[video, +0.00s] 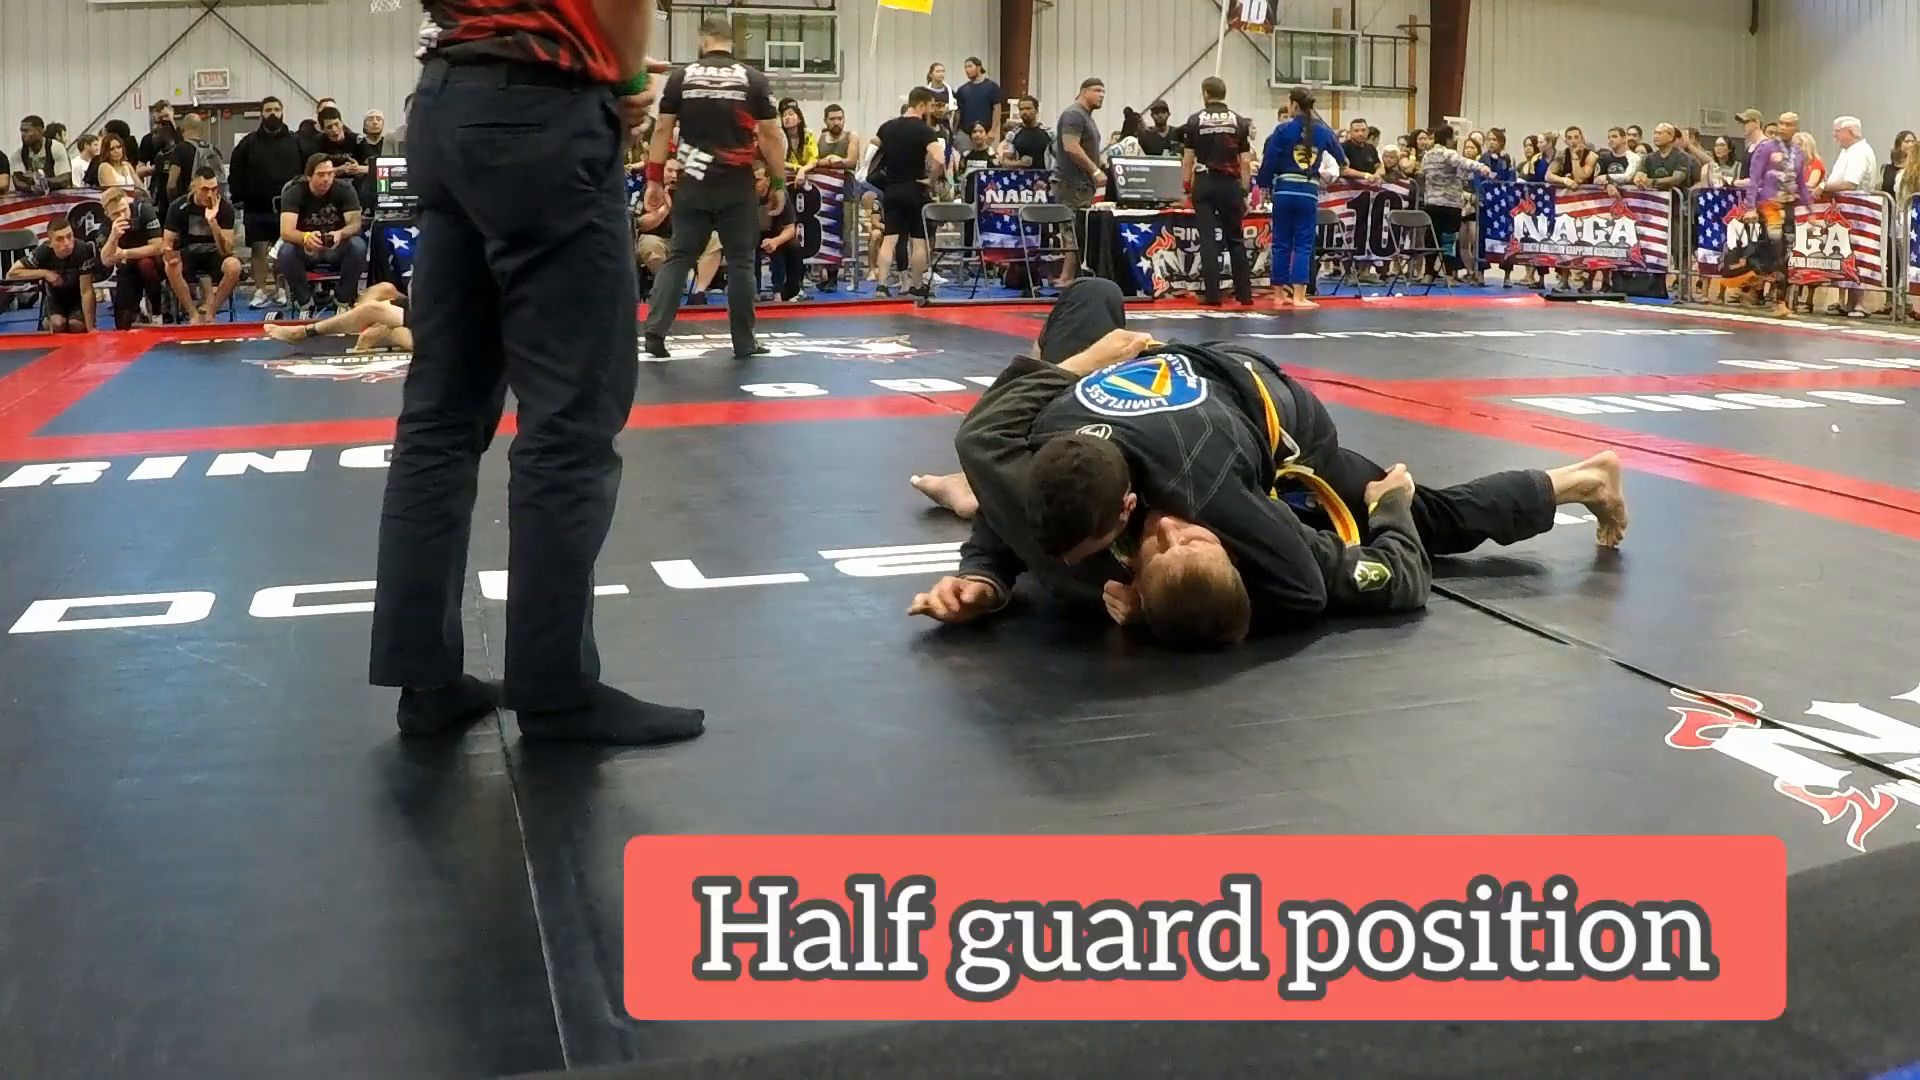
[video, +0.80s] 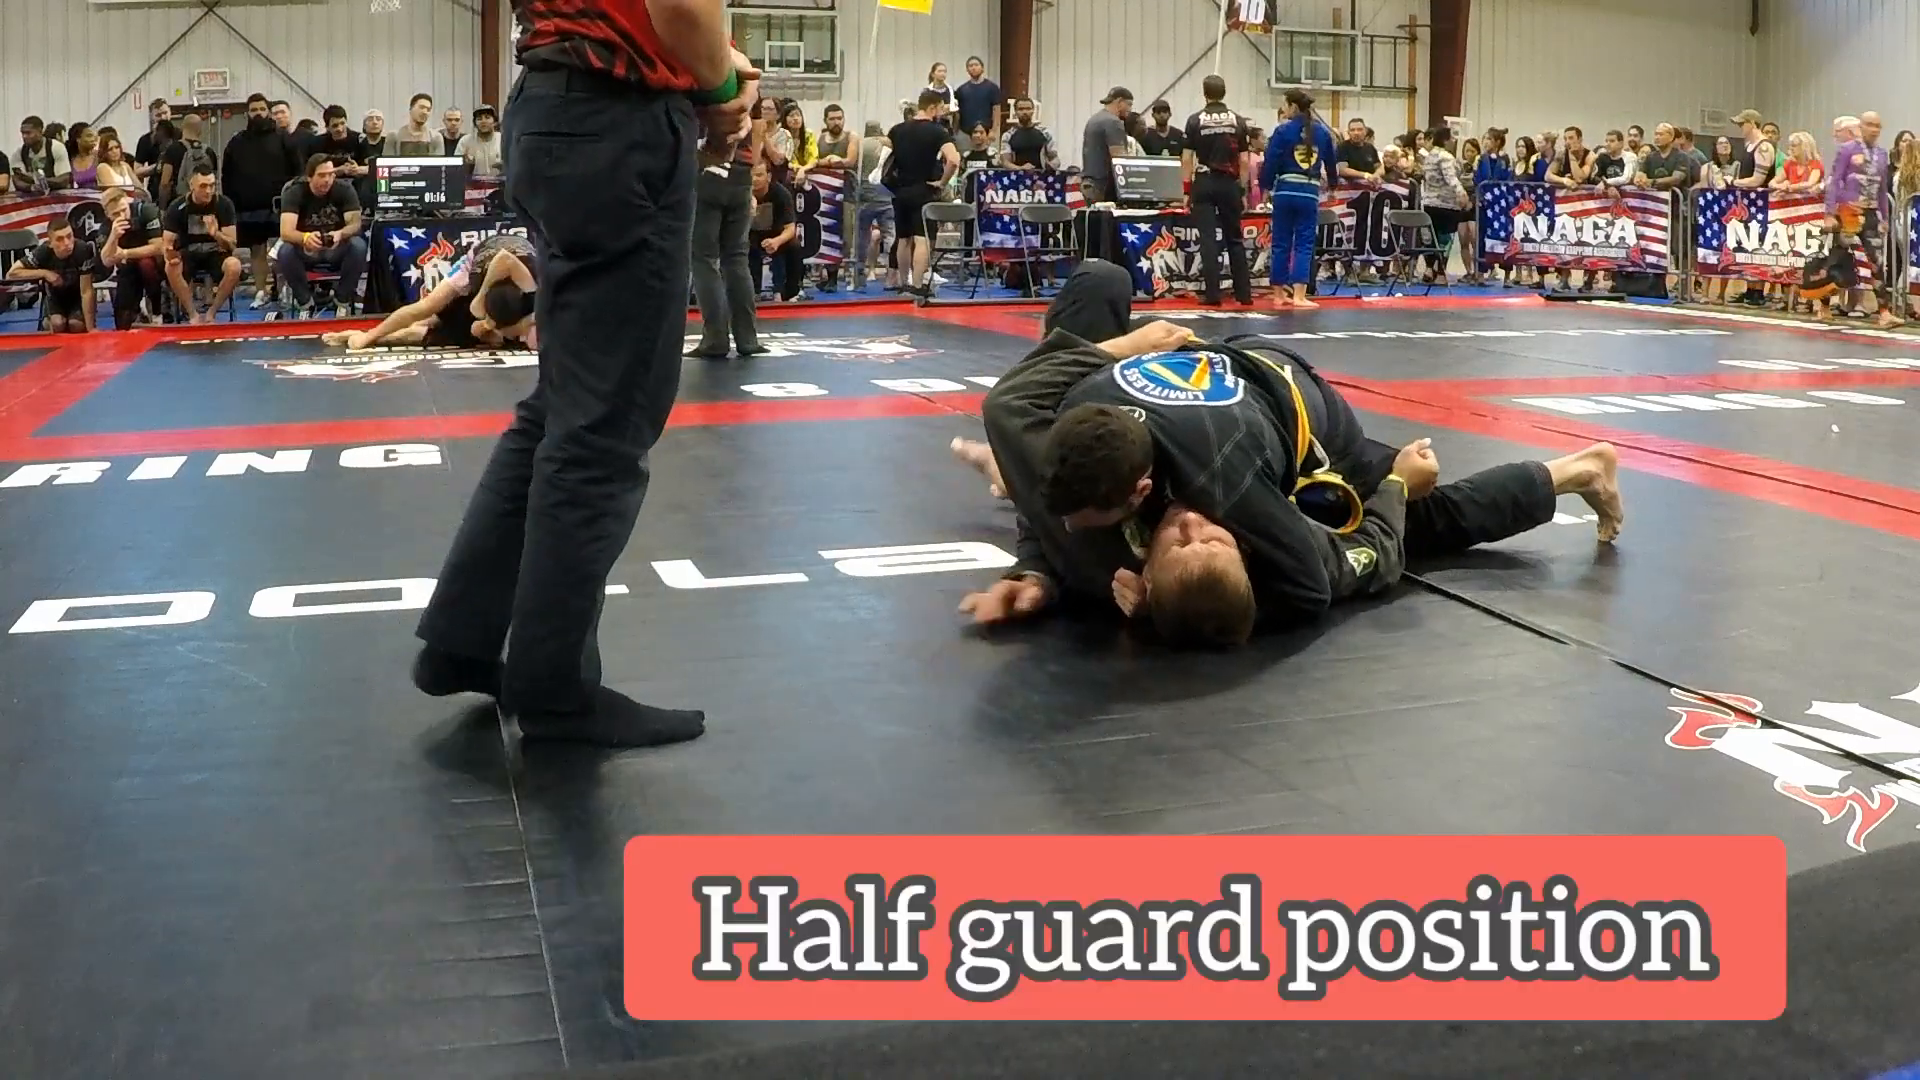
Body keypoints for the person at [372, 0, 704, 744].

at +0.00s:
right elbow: (622, 6)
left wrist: (607, 78)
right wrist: (629, 77)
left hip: (448, 96)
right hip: (548, 108)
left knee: (442, 418)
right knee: (571, 423)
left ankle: (428, 683)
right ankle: (556, 690)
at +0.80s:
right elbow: (675, 6)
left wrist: (714, 74)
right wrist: (725, 78)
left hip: (555, 102)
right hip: (618, 119)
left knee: (564, 403)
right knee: (607, 425)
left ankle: (460, 642)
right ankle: (552, 686)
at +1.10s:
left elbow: (678, 6)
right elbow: (666, 7)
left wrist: (744, 64)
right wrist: (732, 91)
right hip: (616, 116)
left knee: (637, 395)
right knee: (605, 416)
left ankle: (488, 617)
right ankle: (545, 693)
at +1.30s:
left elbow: (709, 8)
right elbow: (664, 8)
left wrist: (766, 65)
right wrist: (747, 90)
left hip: (684, 118)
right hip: (621, 118)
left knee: (726, 391)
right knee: (611, 424)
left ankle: (599, 634)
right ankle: (549, 684)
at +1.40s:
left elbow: (735, 11)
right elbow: (665, 6)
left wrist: (781, 63)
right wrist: (754, 88)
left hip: (702, 121)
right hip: (629, 117)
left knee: (767, 388)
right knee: (614, 426)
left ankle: (673, 651)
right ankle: (550, 688)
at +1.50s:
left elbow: (755, 9)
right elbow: (672, 5)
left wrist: (798, 58)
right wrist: (768, 94)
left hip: (730, 123)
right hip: (644, 119)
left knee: (802, 392)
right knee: (621, 426)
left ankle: (761, 677)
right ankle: (556, 684)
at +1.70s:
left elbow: (835, 7)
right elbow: (705, 6)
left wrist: (855, 62)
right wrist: (813, 84)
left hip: (791, 124)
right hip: (690, 116)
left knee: (841, 421)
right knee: (646, 426)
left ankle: (875, 718)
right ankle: (565, 668)